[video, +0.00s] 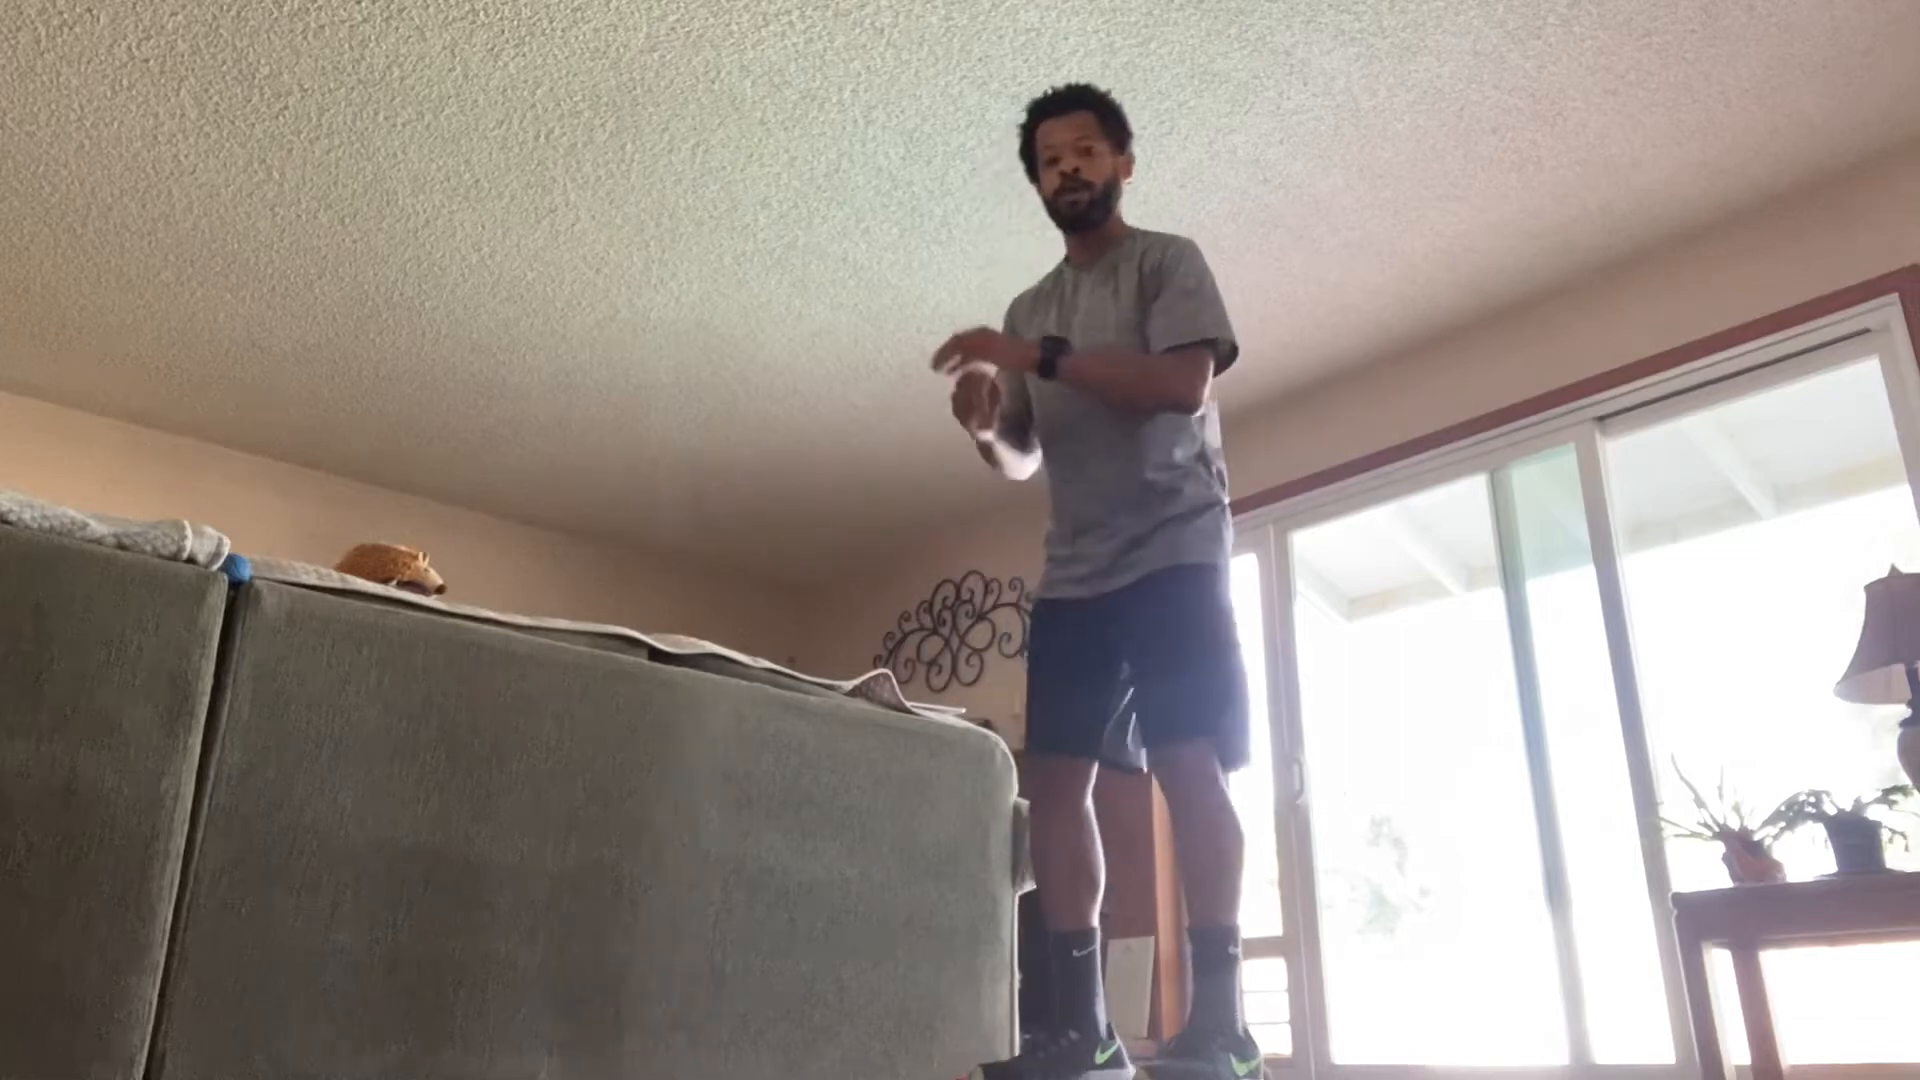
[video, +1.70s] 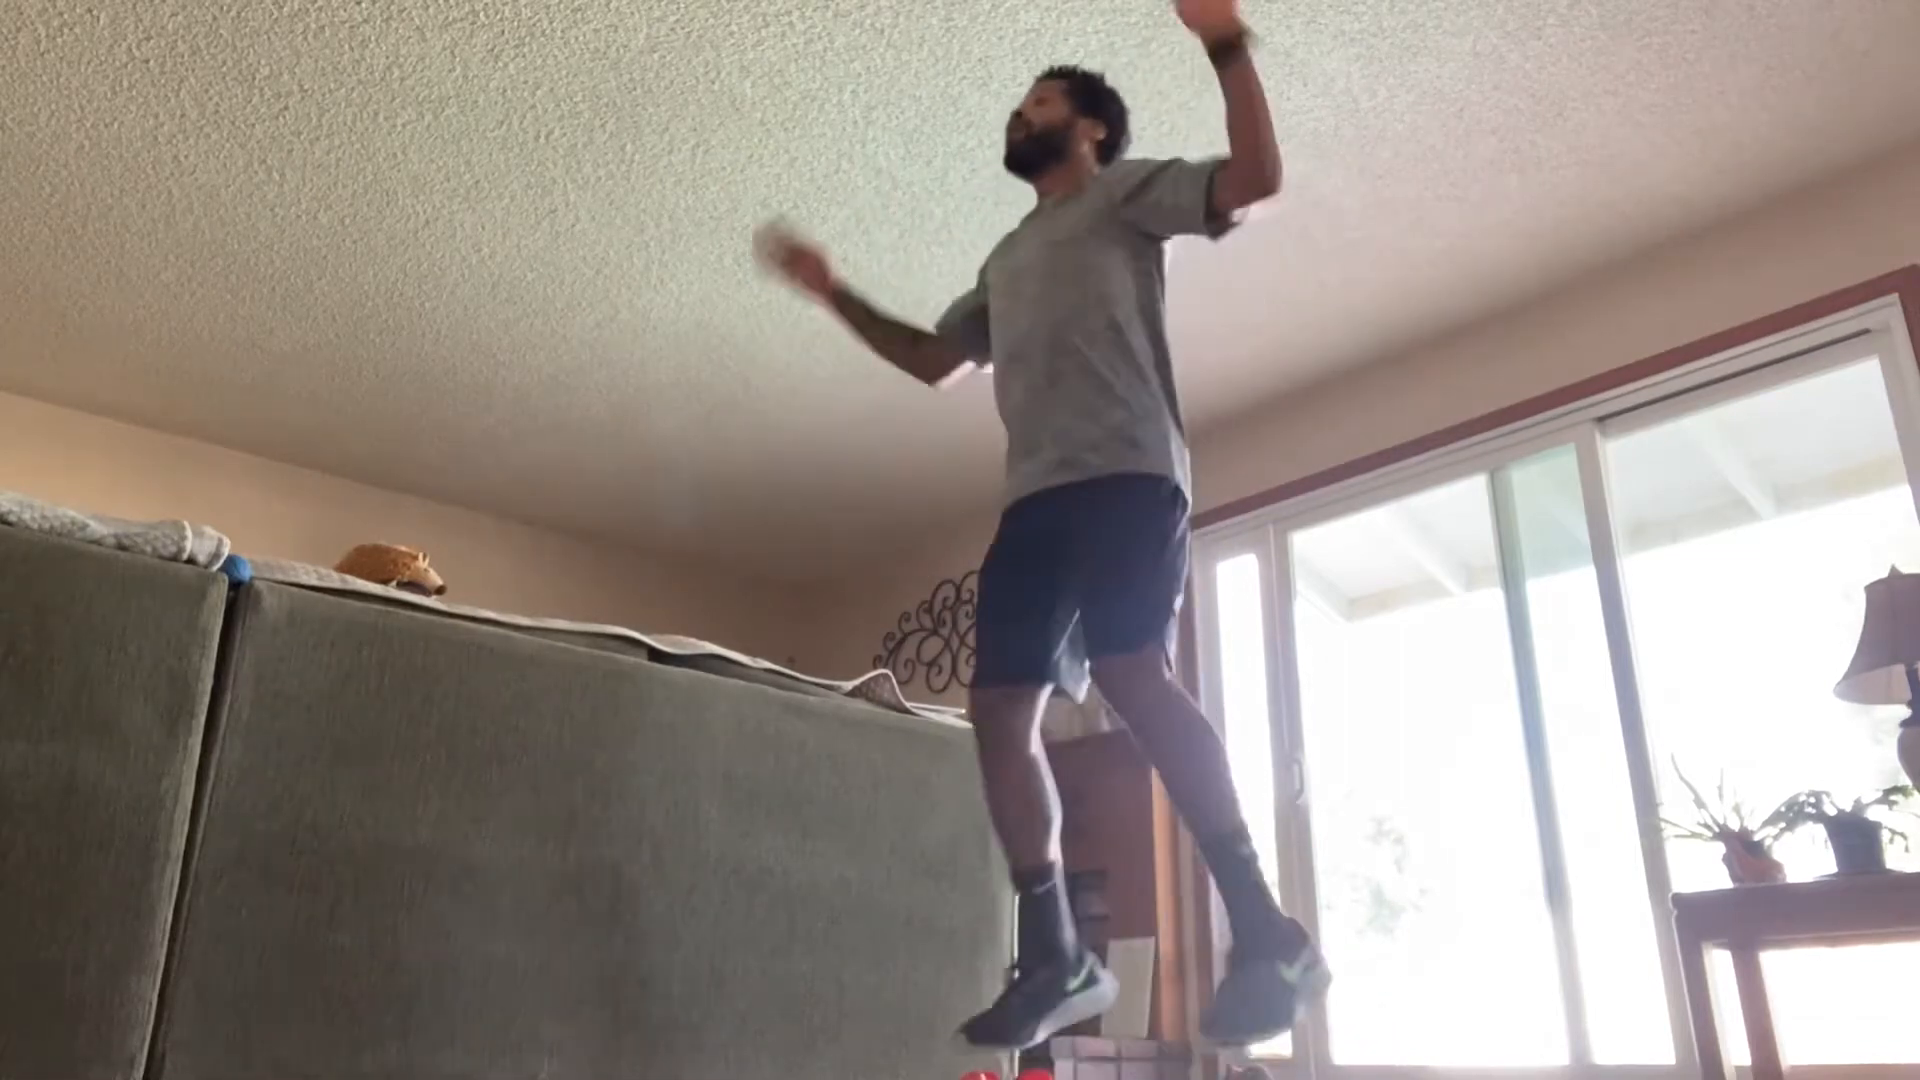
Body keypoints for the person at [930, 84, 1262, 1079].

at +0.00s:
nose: (1068, 169)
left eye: (1084, 151)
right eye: (1049, 162)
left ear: (1125, 161)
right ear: (1034, 189)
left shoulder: (1169, 260)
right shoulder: (1030, 314)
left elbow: (1182, 382)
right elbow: (1023, 455)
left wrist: (1037, 356)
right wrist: (986, 424)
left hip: (1173, 555)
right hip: (1073, 571)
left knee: (1186, 766)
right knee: (1054, 779)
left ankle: (1216, 1023)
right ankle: (1067, 1024)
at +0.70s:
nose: (1014, 127)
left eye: (1036, 115)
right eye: (1014, 119)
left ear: (1088, 146)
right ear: (1026, 162)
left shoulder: (1125, 221)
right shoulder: (1002, 292)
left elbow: (1181, 297)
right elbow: (969, 425)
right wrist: (846, 421)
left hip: (1137, 504)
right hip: (1041, 535)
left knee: (1131, 709)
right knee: (1017, 736)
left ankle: (1217, 983)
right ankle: (1050, 990)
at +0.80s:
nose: (1028, 117)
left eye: (1052, 108)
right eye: (1026, 111)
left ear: (1103, 139)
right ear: (1029, 156)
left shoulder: (1136, 207)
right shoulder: (1011, 276)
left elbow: (1233, 204)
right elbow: (922, 377)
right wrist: (825, 301)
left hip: (1141, 493)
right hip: (1039, 519)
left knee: (1144, 693)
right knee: (1001, 726)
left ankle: (1280, 954)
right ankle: (1036, 974)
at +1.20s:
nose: (1029, 118)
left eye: (1051, 105)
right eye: (1029, 110)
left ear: (1103, 129)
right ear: (1045, 148)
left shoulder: (1138, 185)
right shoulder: (1012, 269)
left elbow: (1259, 227)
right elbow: (968, 404)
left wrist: (1239, 152)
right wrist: (850, 375)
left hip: (1140, 465)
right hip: (1044, 485)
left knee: (1137, 671)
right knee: (1021, 709)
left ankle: (1261, 932)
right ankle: (1078, 947)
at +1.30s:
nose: (1017, 130)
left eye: (1041, 119)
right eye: (1015, 123)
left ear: (1092, 149)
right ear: (1013, 164)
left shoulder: (1132, 220)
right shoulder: (1008, 288)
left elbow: (1236, 328)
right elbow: (1029, 430)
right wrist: (940, 476)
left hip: (1133, 487)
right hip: (1043, 503)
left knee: (1115, 709)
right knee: (1042, 738)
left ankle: (1215, 959)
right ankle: (1127, 964)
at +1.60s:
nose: (1017, 103)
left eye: (1040, 92)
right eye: (1017, 97)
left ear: (1092, 123)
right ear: (1030, 138)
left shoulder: (1130, 195)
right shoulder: (1004, 260)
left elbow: (1228, 281)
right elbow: (989, 395)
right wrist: (868, 413)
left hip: (1127, 467)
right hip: (1034, 486)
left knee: (1126, 690)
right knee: (1043, 726)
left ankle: (1216, 945)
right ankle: (1100, 947)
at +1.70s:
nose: (1016, 107)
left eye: (1040, 96)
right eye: (1017, 100)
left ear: (1091, 122)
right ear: (1031, 140)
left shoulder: (1124, 189)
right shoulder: (1008, 256)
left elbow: (1256, 175)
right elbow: (932, 359)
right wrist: (832, 292)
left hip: (1130, 471)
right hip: (1033, 492)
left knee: (1132, 679)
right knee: (1002, 712)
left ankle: (1267, 938)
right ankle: (1055, 958)